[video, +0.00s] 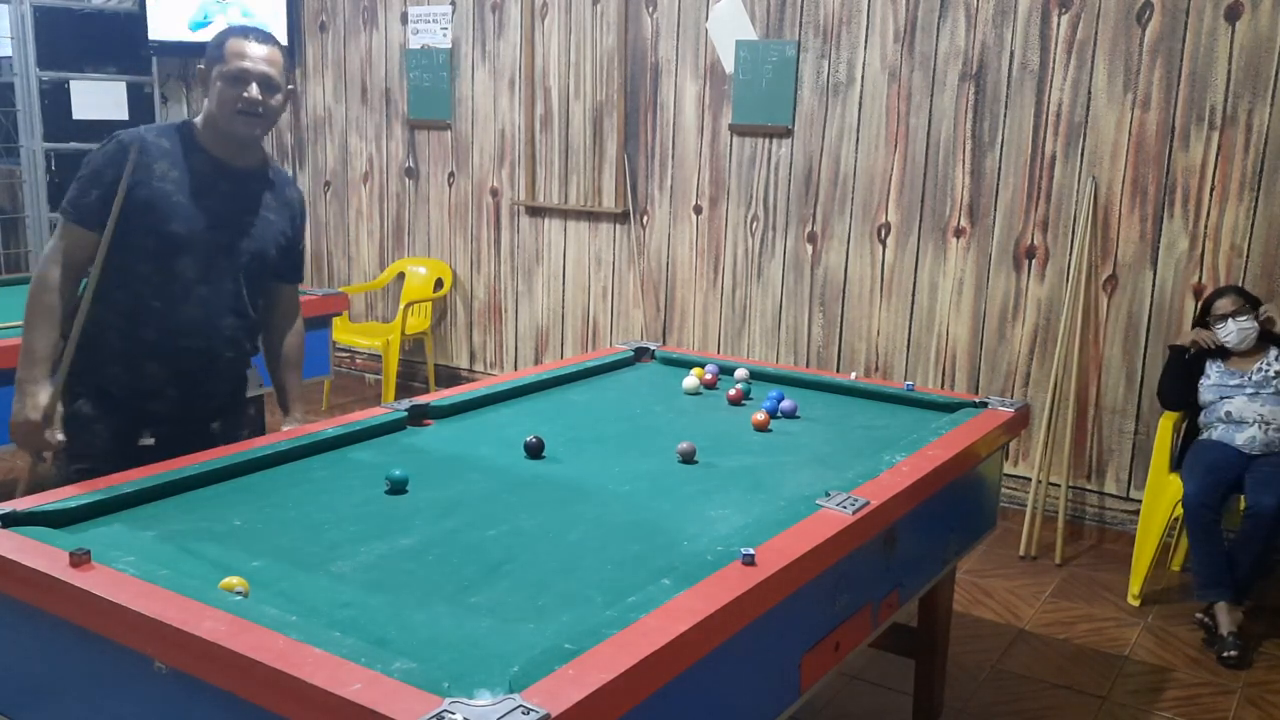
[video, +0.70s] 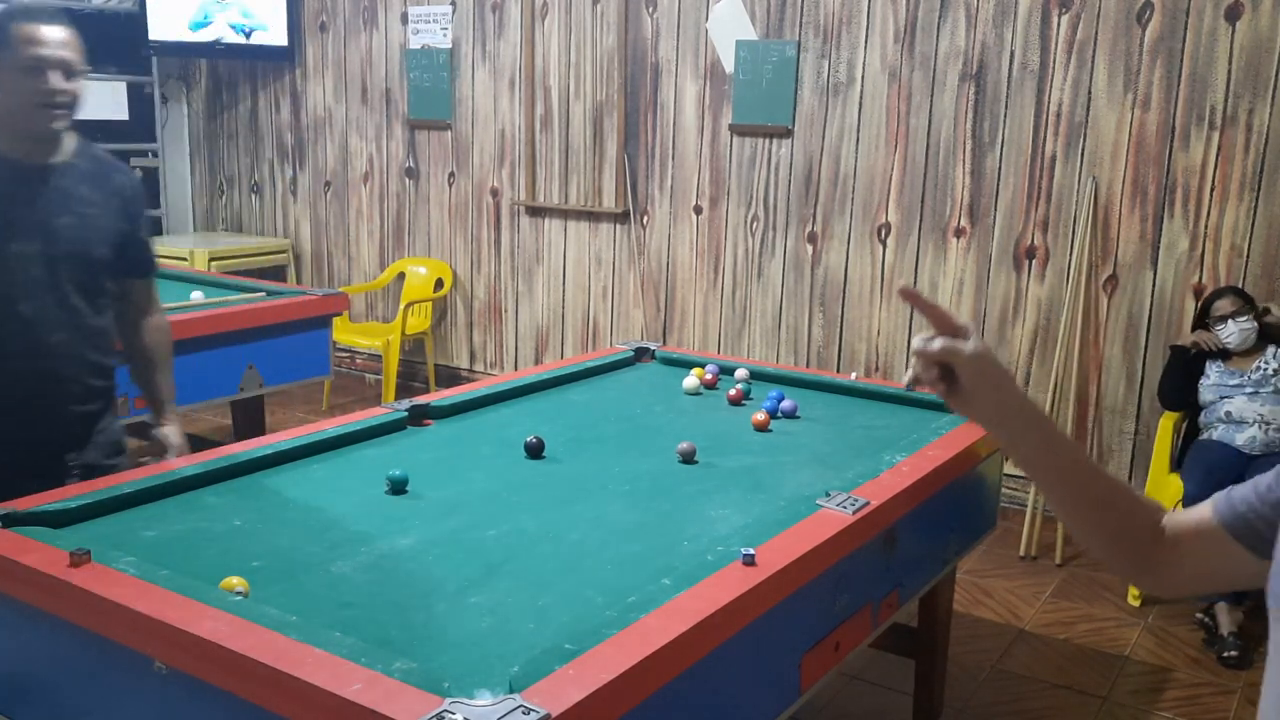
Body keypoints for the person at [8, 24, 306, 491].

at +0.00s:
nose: (253, 94)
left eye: (268, 86)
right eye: (237, 80)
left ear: (284, 103)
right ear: (204, 84)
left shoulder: (284, 198)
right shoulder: (131, 156)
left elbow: (283, 316)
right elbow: (61, 265)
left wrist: (296, 414)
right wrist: (33, 382)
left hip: (215, 414)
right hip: (108, 410)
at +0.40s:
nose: (182, 90)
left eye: (195, 78)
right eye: (164, 74)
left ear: (212, 91)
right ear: (125, 78)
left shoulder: (216, 191)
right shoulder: (51, 162)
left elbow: (231, 317)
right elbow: (5, 271)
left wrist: (247, 417)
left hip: (152, 416)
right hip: (40, 407)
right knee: (26, 552)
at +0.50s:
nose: (143, 89)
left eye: (157, 76)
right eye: (123, 74)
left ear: (174, 88)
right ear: (82, 78)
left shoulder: (184, 191)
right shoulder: (17, 169)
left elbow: (206, 314)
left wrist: (228, 419)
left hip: (142, 434)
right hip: (28, 436)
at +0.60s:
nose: (99, 87)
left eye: (113, 72)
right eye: (79, 69)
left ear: (127, 84)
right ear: (36, 76)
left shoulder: (148, 185)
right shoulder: (8, 166)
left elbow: (173, 311)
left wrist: (198, 416)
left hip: (113, 431)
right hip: (14, 432)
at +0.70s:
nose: (56, 86)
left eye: (69, 72)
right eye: (34, 70)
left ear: (83, 81)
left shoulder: (113, 185)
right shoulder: (5, 175)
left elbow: (141, 311)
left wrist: (166, 418)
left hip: (86, 441)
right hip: (4, 446)